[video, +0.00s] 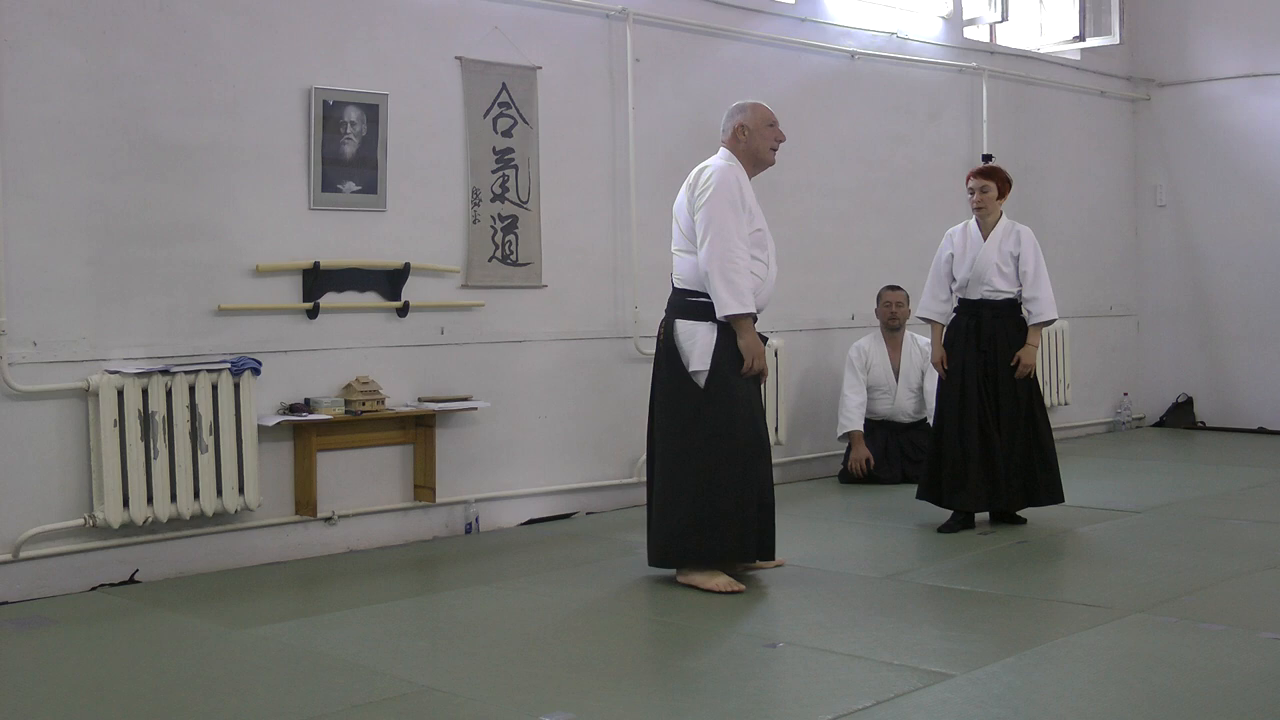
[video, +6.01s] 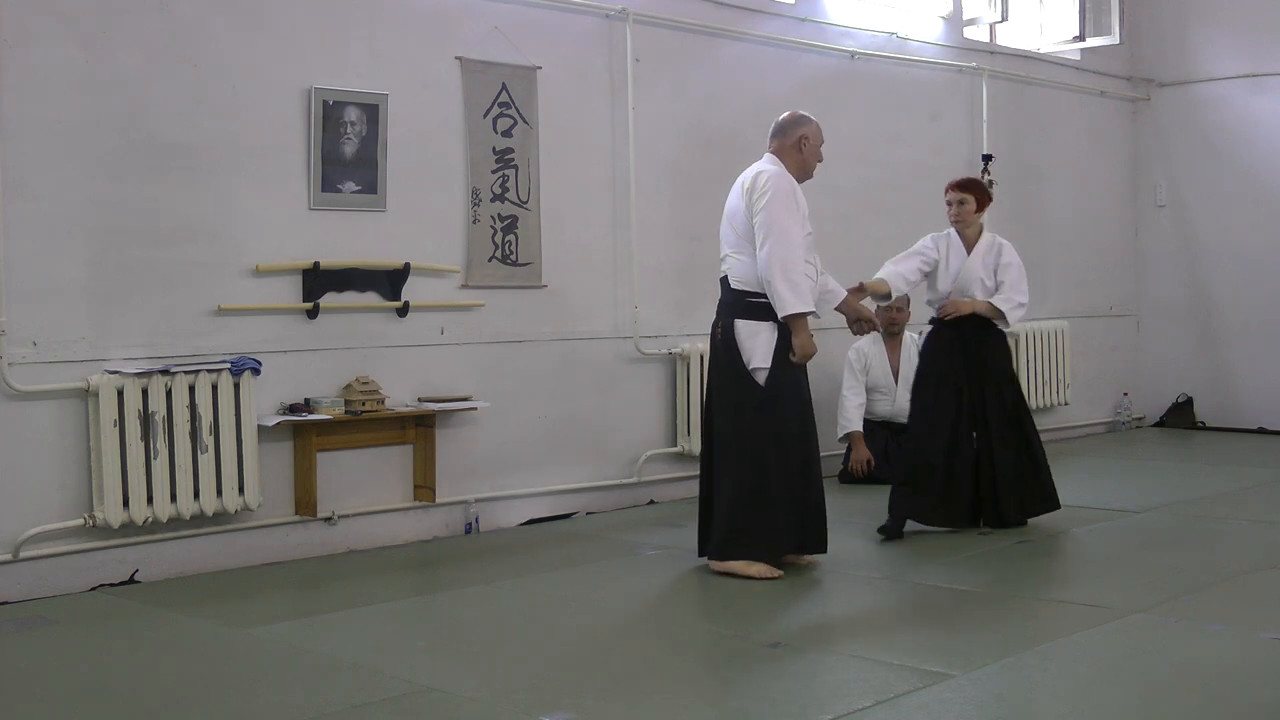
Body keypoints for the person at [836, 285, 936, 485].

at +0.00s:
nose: (893, 310)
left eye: (899, 305)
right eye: (887, 305)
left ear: (909, 313)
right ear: (877, 312)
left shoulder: (926, 348)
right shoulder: (861, 350)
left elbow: (934, 397)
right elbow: (852, 398)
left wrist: (942, 437)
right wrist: (857, 443)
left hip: (916, 431)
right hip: (874, 431)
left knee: (934, 473)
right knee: (854, 472)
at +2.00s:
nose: (891, 310)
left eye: (897, 305)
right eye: (885, 305)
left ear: (907, 313)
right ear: (875, 312)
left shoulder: (925, 348)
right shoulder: (860, 350)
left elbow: (934, 396)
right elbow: (851, 398)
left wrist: (944, 436)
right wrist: (857, 443)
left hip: (916, 430)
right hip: (874, 431)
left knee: (936, 472)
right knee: (855, 473)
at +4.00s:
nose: (891, 314)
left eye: (898, 308)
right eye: (885, 308)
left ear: (908, 314)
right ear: (876, 313)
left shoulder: (926, 349)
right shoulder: (861, 350)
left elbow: (936, 397)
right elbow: (852, 398)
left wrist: (945, 437)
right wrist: (857, 443)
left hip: (916, 430)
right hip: (875, 430)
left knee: (936, 471)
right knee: (856, 471)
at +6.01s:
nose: (893, 316)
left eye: (899, 310)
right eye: (886, 310)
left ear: (909, 315)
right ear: (876, 313)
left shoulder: (920, 347)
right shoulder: (861, 349)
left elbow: (931, 391)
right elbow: (852, 396)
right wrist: (857, 442)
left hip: (910, 430)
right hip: (872, 430)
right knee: (856, 472)